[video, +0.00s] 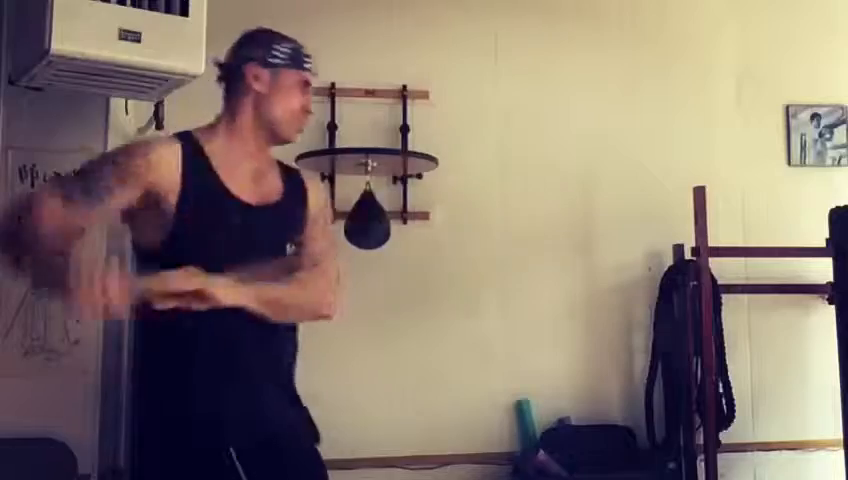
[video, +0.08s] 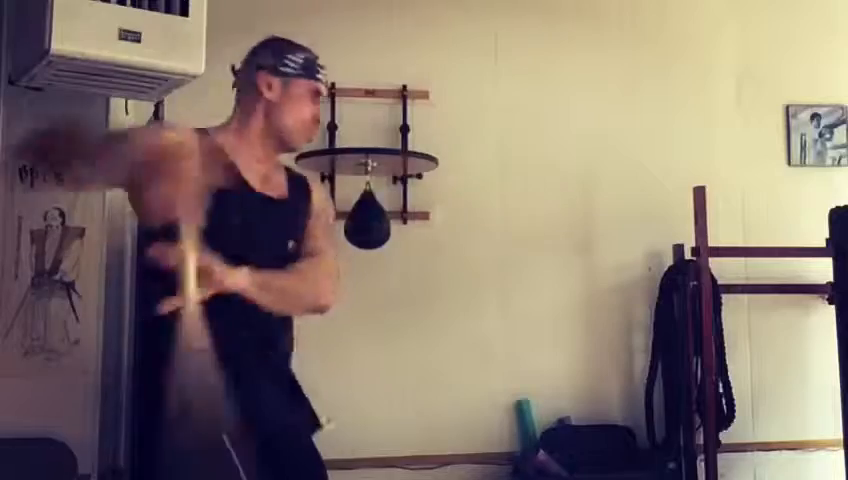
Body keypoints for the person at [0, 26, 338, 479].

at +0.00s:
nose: (310, 105)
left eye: (310, 91)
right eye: (302, 87)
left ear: (261, 82)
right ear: (257, 78)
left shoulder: (307, 190)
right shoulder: (161, 161)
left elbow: (323, 296)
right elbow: (40, 214)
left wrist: (230, 291)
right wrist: (78, 271)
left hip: (273, 423)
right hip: (176, 422)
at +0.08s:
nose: (320, 114)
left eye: (321, 101)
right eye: (313, 97)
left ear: (270, 89)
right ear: (267, 86)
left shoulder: (310, 195)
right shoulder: (174, 149)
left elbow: (320, 290)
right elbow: (58, 160)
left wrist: (234, 278)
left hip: (271, 405)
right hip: (179, 406)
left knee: (306, 472)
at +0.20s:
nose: (312, 123)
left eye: (314, 111)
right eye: (308, 106)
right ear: (269, 92)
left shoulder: (269, 188)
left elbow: (322, 286)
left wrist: (270, 252)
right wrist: (309, 161)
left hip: (267, 397)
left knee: (299, 469)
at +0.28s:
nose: (308, 134)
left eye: (313, 110)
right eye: (298, 104)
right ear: (251, 90)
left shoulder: (266, 195)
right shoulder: (187, 152)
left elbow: (318, 295)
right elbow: (290, 98)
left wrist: (291, 251)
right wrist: (367, 195)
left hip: (266, 406)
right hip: (191, 410)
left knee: (301, 471)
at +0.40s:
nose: (297, 119)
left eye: (299, 107)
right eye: (293, 102)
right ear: (254, 86)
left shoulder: (154, 170)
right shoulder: (261, 136)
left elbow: (208, 295)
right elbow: (396, 173)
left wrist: (302, 272)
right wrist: (381, 232)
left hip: (160, 422)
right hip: (249, 423)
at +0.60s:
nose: (295, 106)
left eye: (296, 91)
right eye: (289, 86)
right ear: (245, 74)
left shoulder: (136, 173)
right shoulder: (271, 150)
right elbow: (376, 221)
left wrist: (289, 244)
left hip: (166, 413)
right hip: (264, 413)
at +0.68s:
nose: (290, 97)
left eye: (289, 81)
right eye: (281, 76)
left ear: (235, 72)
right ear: (236, 70)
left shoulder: (146, 168)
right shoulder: (253, 158)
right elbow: (354, 268)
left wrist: (344, 236)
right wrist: (383, 236)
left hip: (169, 419)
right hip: (262, 421)